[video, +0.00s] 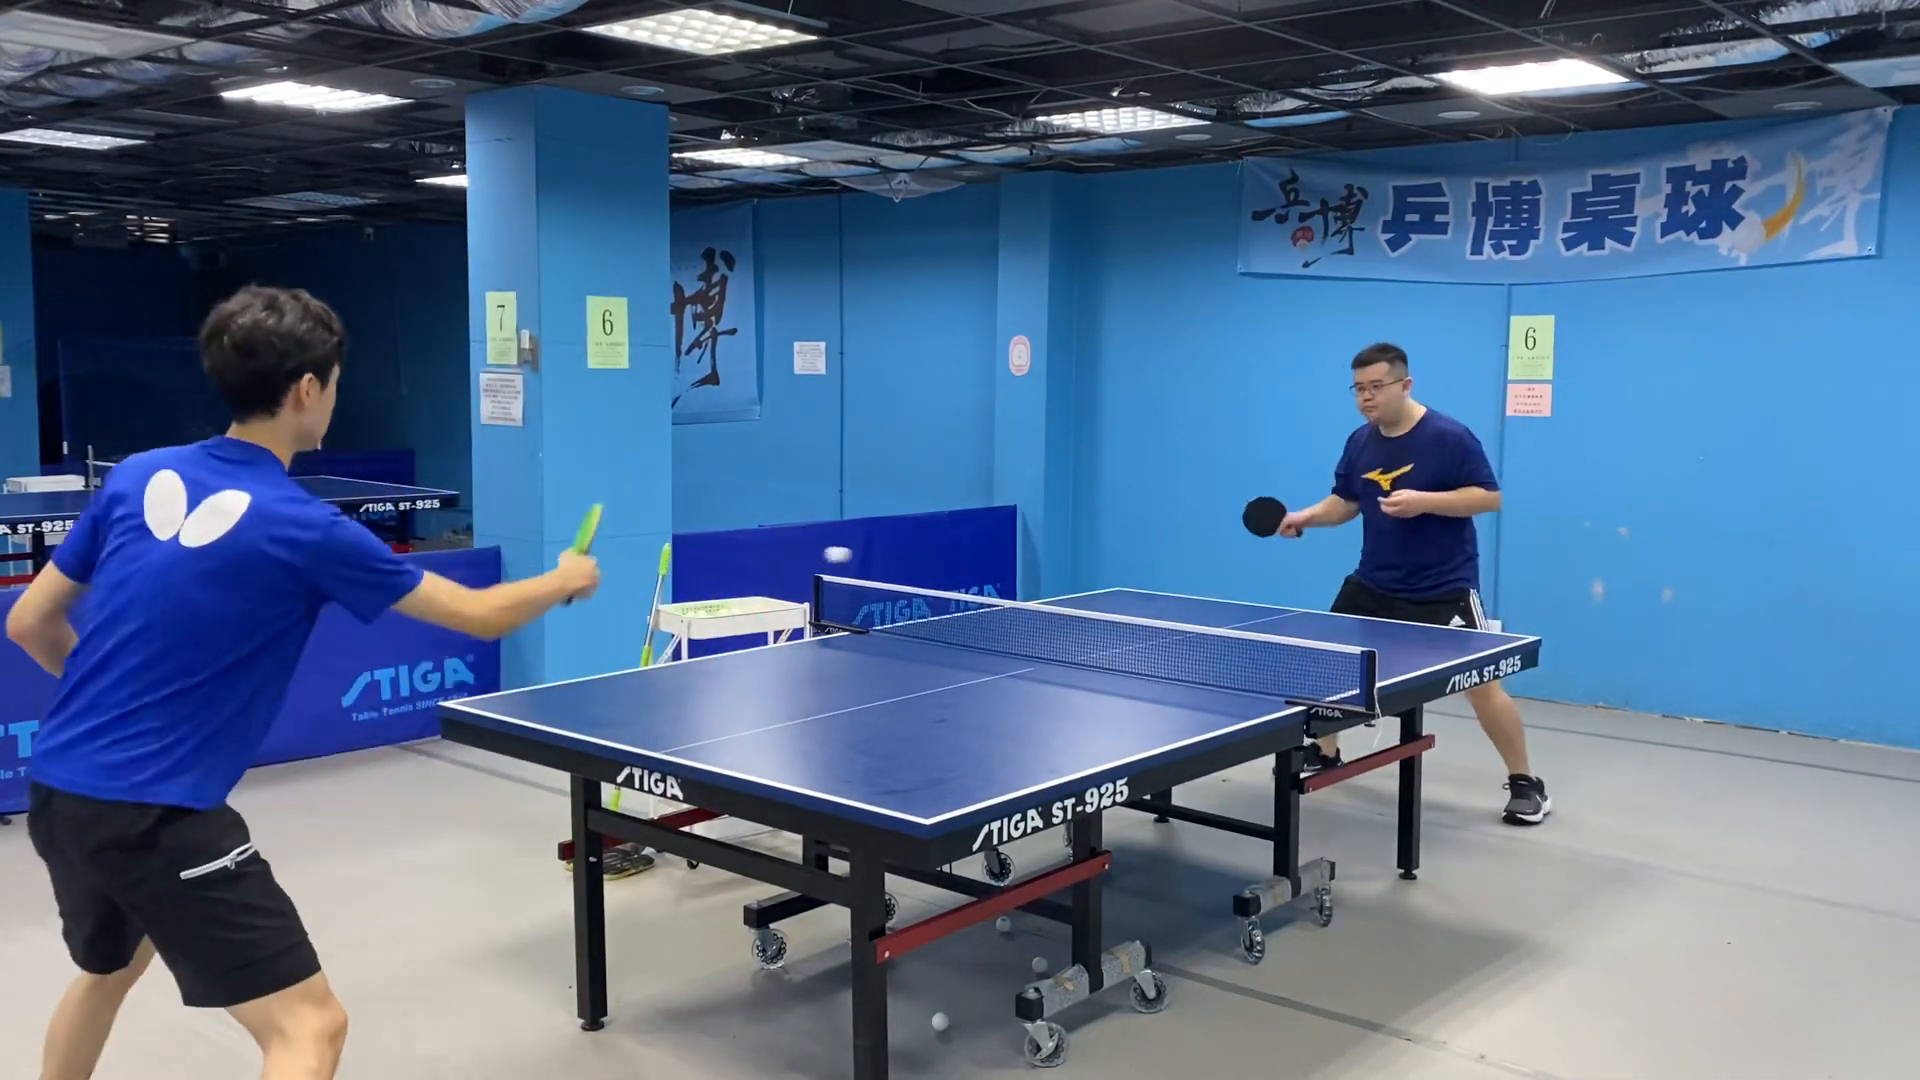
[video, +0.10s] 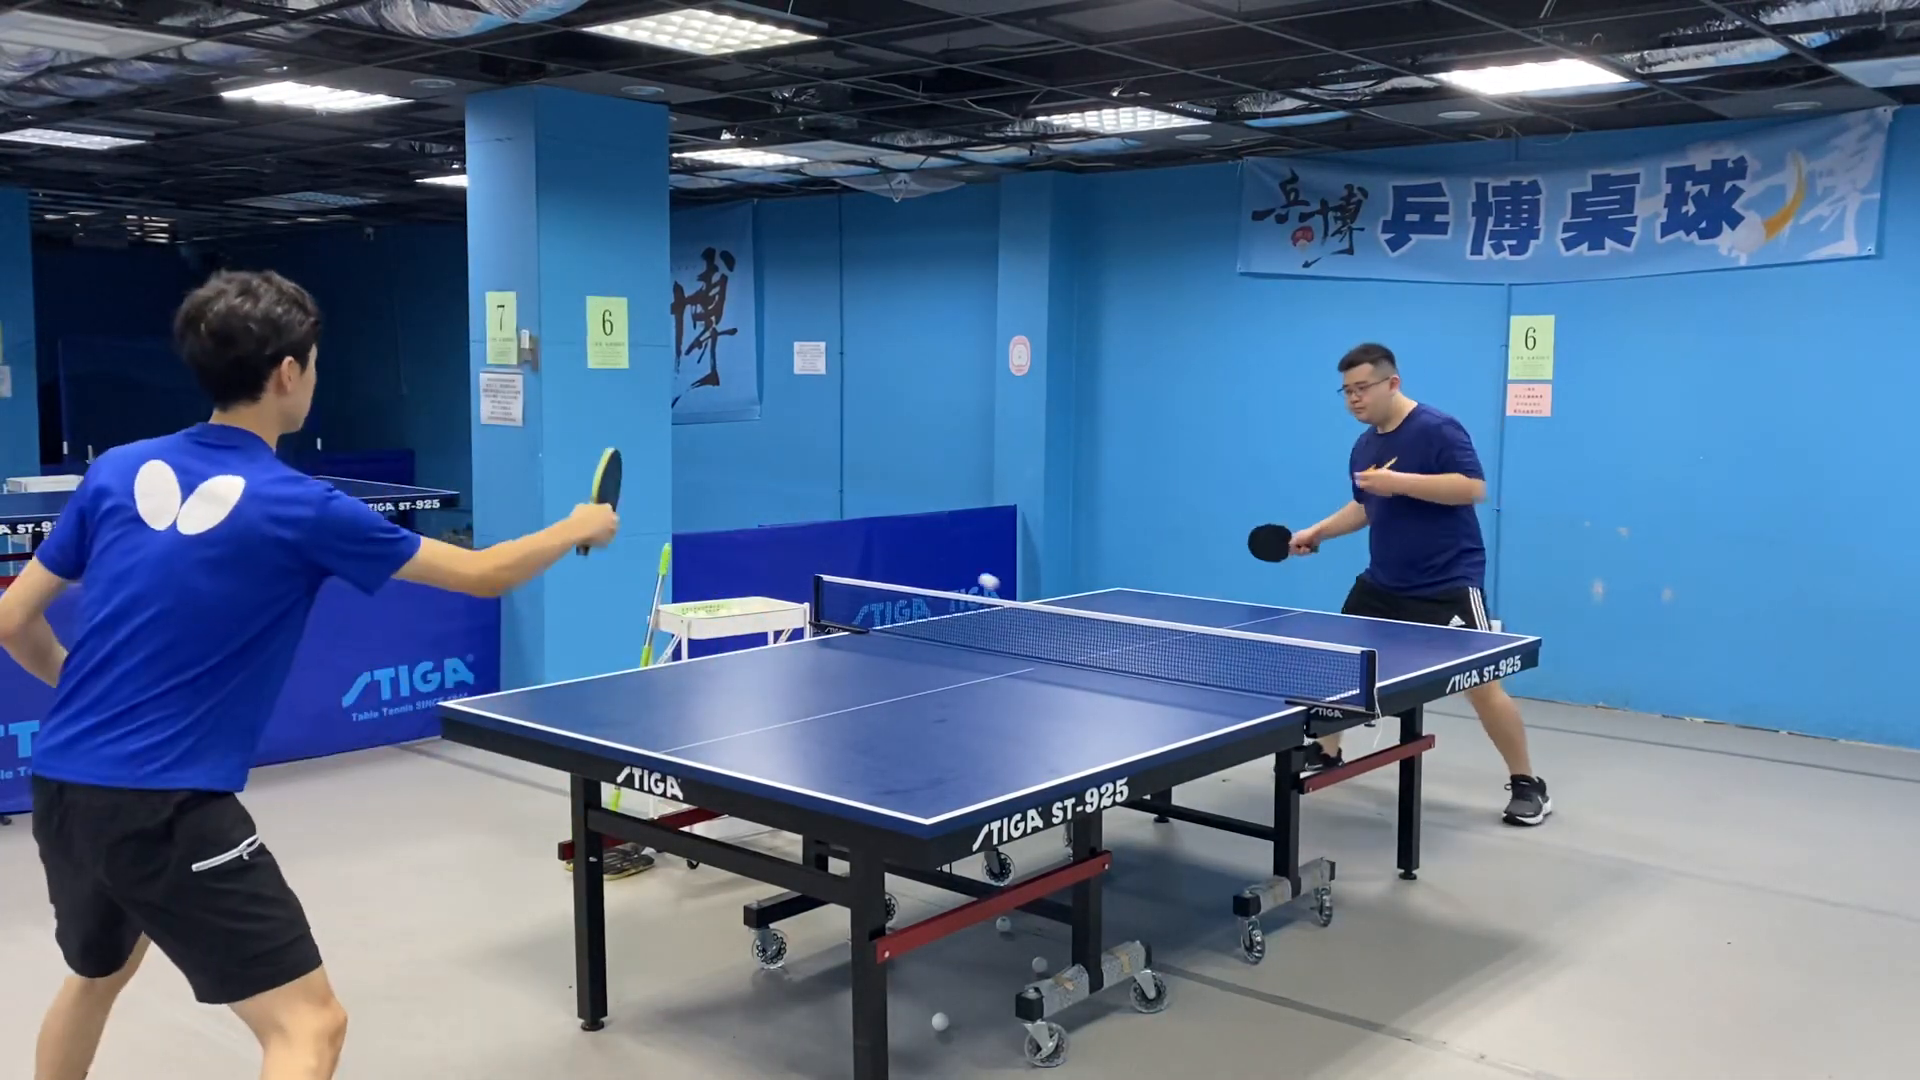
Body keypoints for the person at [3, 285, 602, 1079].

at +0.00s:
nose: (333, 401)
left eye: (332, 382)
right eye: (331, 382)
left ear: (230, 381)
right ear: (303, 390)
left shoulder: (136, 478)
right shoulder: (303, 525)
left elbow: (30, 622)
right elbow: (482, 614)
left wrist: (114, 695)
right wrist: (566, 580)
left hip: (61, 792)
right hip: (157, 810)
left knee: (112, 955)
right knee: (306, 1028)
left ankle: (53, 1076)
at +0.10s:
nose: (312, 380)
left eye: (312, 361)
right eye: (311, 362)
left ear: (208, 368)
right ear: (284, 373)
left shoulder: (118, 471)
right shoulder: (298, 504)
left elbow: (15, 619)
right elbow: (480, 574)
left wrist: (90, 689)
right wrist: (577, 529)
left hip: (64, 789)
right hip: (168, 804)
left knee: (98, 962)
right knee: (306, 1026)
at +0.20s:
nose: (300, 370)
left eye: (298, 352)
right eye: (297, 353)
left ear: (196, 364)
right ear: (269, 368)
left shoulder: (109, 471)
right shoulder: (288, 499)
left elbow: (10, 621)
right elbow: (468, 584)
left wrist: (79, 690)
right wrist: (549, 522)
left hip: (68, 791)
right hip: (176, 804)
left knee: (102, 961)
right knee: (308, 1024)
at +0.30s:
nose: (299, 371)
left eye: (295, 353)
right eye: (294, 354)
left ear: (192, 365)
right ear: (265, 368)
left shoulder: (108, 472)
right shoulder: (279, 503)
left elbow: (14, 624)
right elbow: (444, 622)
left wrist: (87, 690)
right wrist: (515, 550)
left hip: (68, 792)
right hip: (176, 806)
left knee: (105, 963)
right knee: (308, 1024)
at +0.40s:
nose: (309, 370)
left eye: (306, 351)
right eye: (305, 352)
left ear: (202, 361)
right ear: (273, 366)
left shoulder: (118, 466)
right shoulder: (272, 510)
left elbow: (31, 616)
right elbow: (389, 669)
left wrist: (113, 677)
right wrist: (485, 608)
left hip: (64, 782)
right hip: (164, 801)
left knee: (105, 962)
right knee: (293, 1025)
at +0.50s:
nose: (324, 387)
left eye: (324, 368)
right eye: (322, 367)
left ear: (217, 370)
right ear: (286, 376)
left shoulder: (146, 466)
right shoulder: (246, 522)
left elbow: (59, 613)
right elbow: (288, 720)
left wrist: (194, 693)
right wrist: (428, 694)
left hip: (65, 775)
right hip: (144, 797)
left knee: (114, 970)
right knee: (280, 1026)